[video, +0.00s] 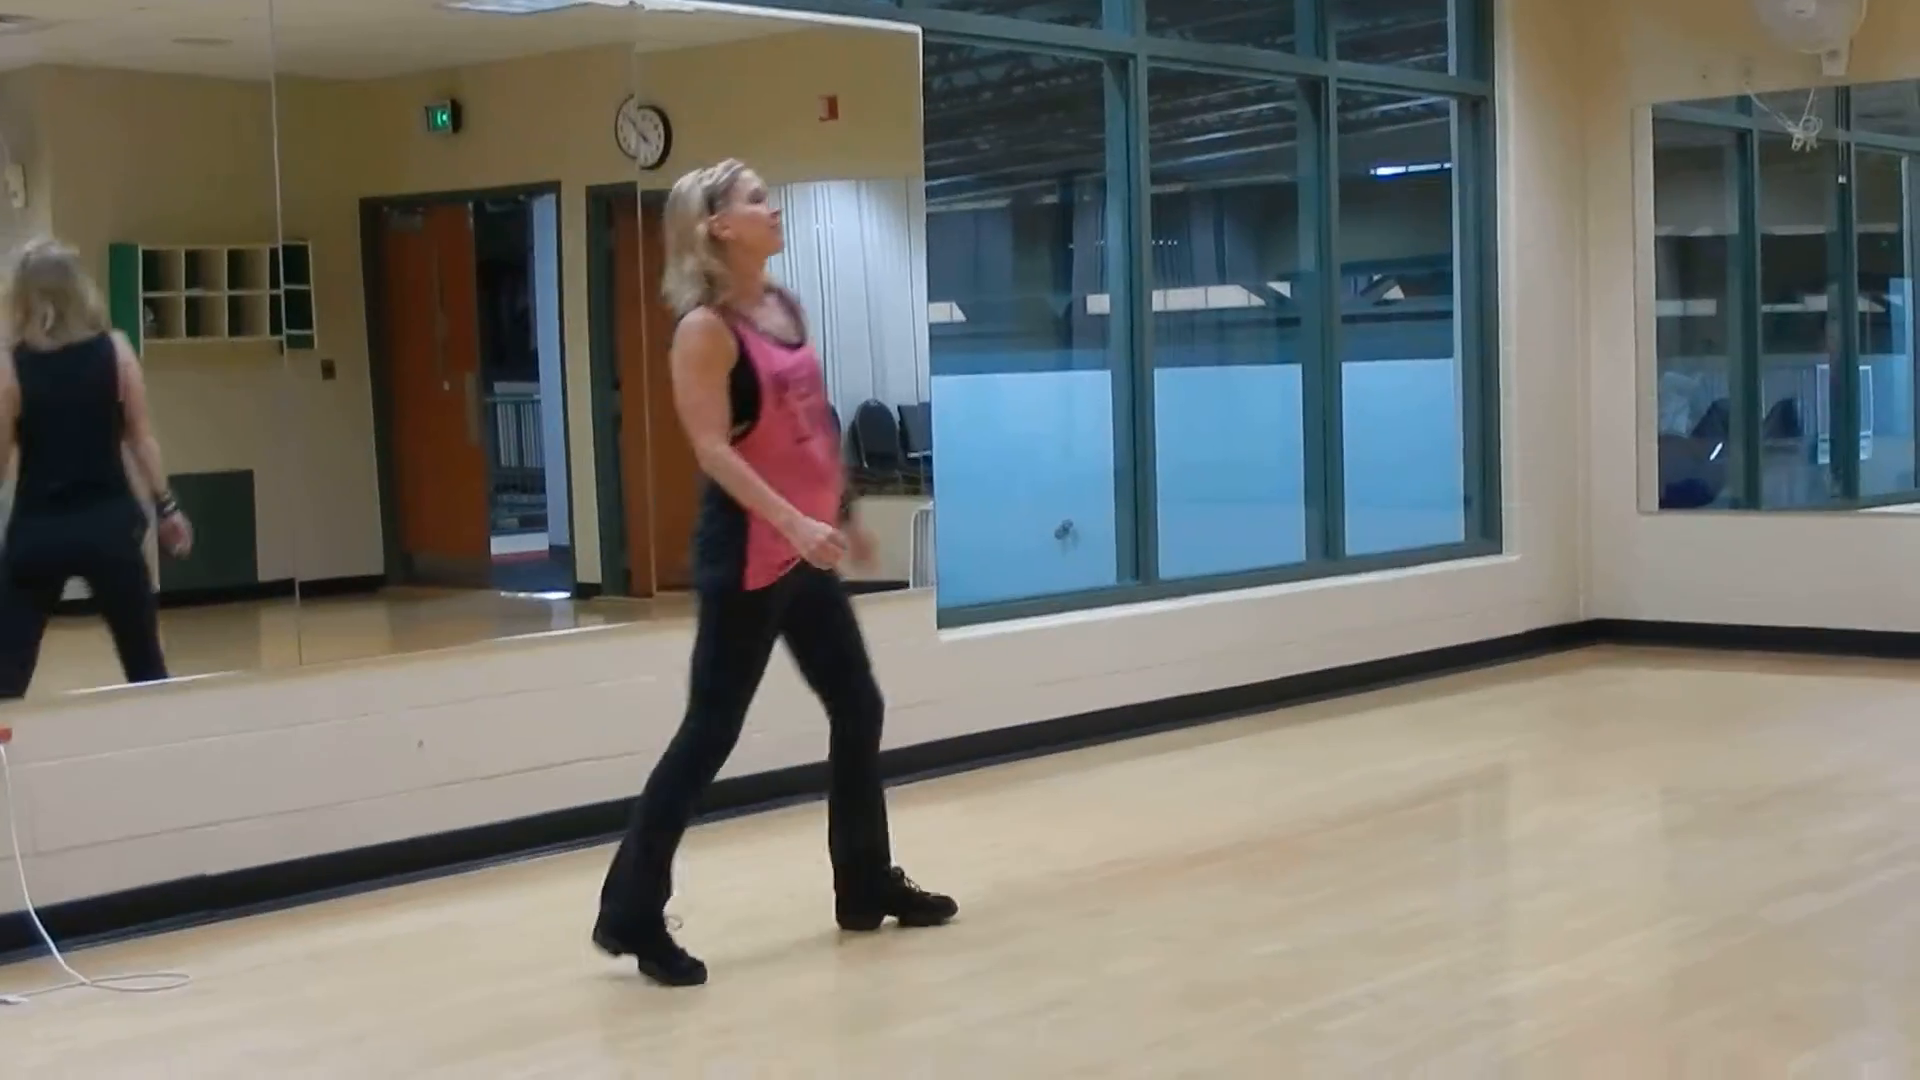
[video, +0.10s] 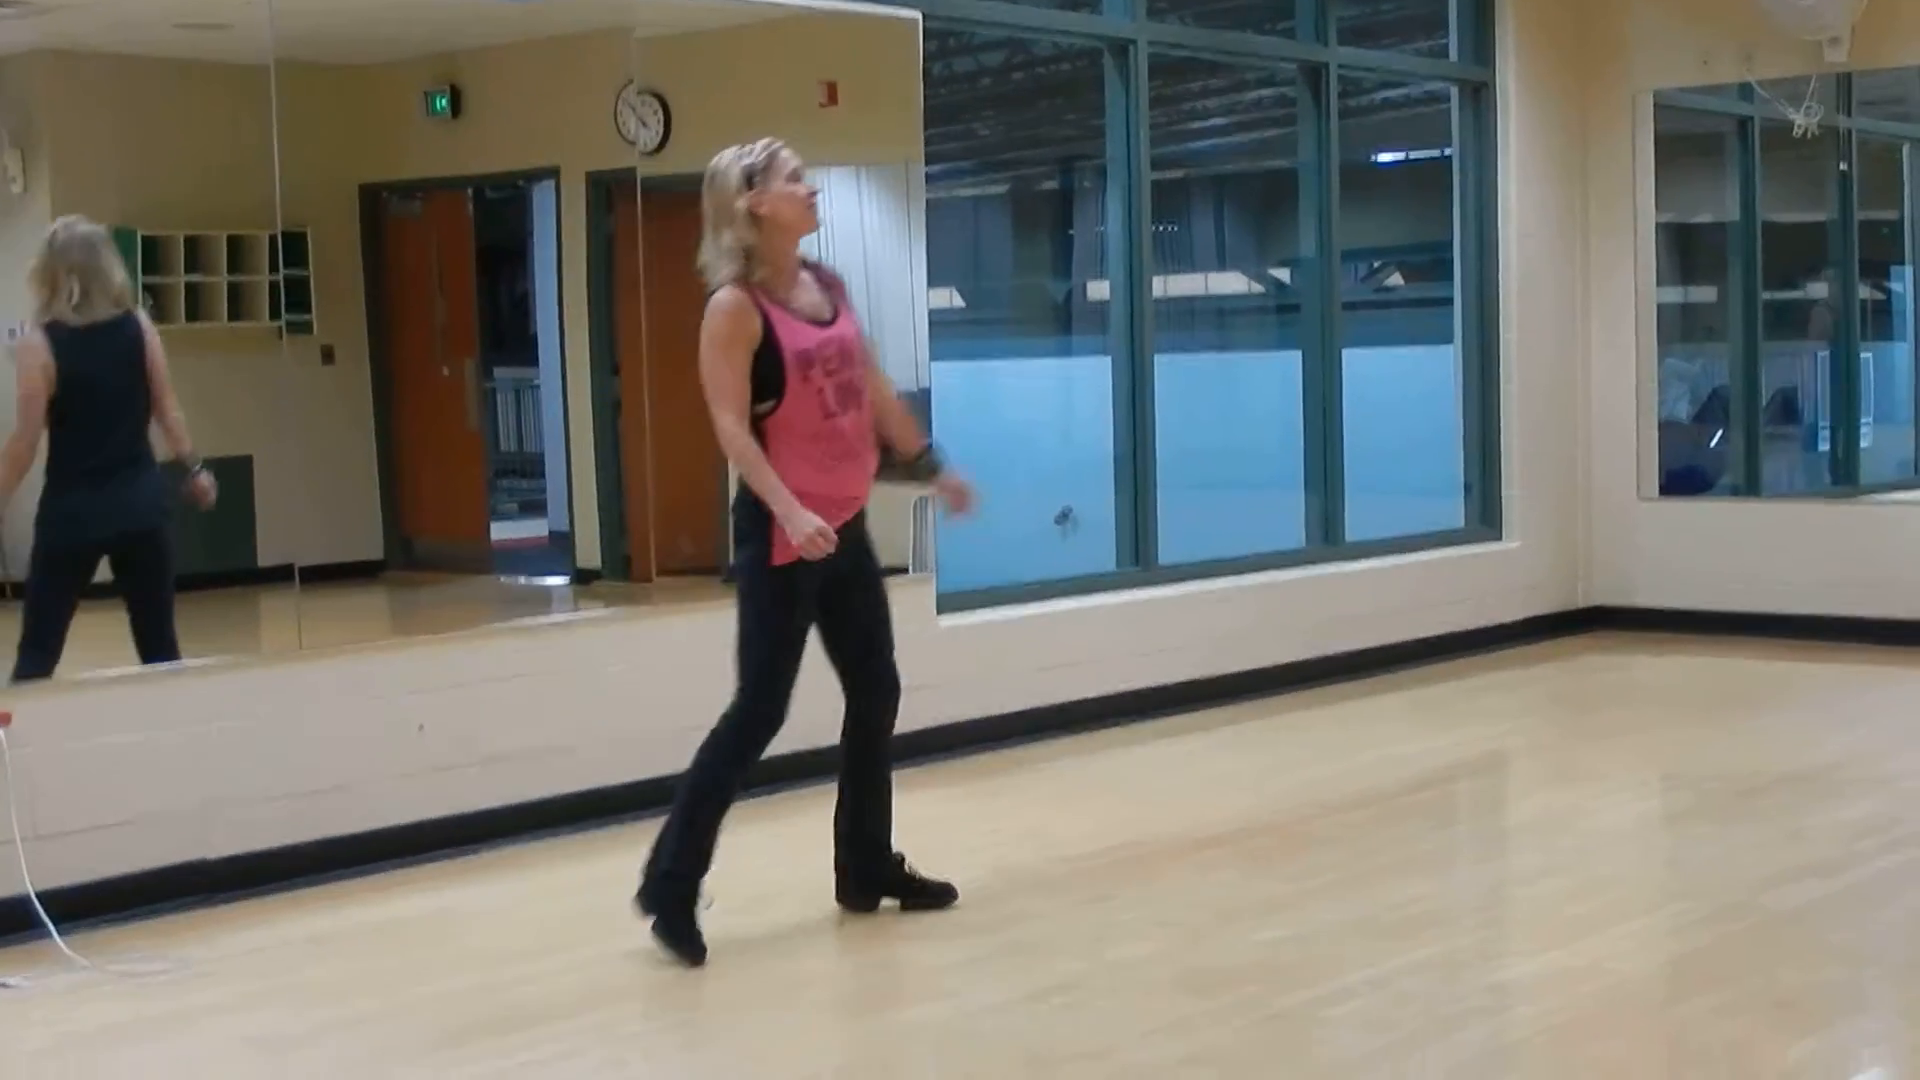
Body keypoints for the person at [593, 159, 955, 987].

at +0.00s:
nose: (772, 208)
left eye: (768, 198)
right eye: (754, 200)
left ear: (756, 226)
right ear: (713, 228)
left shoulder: (780, 306)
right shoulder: (702, 328)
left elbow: (800, 426)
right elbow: (711, 448)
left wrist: (837, 516)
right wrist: (793, 525)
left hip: (802, 546)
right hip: (745, 552)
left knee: (858, 710)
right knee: (707, 734)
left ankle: (865, 887)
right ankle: (628, 912)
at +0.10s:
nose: (810, 189)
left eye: (805, 178)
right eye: (791, 181)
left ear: (788, 205)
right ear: (751, 207)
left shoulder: (824, 284)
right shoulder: (732, 307)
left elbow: (870, 386)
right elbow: (730, 427)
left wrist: (927, 465)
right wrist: (789, 509)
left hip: (843, 523)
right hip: (777, 532)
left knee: (875, 693)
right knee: (759, 709)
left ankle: (866, 869)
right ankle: (670, 887)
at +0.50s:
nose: (906, 121)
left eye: (901, 109)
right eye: (890, 111)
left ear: (874, 131)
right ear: (846, 129)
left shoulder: (906, 222)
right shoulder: (806, 223)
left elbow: (950, 324)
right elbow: (759, 332)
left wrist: (1008, 259)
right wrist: (742, 438)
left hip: (904, 445)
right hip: (835, 453)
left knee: (897, 622)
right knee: (896, 621)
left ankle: (885, 785)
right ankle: (842, 779)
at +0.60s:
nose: (915, 106)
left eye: (912, 95)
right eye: (899, 96)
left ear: (885, 117)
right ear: (853, 113)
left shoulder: (918, 206)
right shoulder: (812, 210)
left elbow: (962, 303)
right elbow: (755, 316)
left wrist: (1012, 237)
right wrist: (728, 419)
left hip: (907, 430)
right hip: (837, 437)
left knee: (898, 603)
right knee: (889, 601)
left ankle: (889, 772)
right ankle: (844, 771)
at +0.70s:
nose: (922, 104)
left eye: (921, 94)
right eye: (907, 94)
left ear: (898, 114)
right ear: (858, 110)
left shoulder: (924, 203)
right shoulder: (814, 206)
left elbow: (971, 298)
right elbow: (759, 318)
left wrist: (1027, 238)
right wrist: (732, 418)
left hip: (905, 425)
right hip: (834, 431)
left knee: (910, 599)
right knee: (894, 599)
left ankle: (893, 770)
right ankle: (847, 767)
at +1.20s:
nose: (876, 121)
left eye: (881, 108)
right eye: (862, 107)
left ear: (879, 116)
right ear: (814, 112)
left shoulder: (890, 193)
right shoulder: (764, 199)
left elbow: (900, 297)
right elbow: (724, 314)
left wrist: (904, 373)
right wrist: (752, 300)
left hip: (881, 430)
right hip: (797, 440)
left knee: (894, 606)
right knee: (758, 620)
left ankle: (906, 760)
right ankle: (703, 803)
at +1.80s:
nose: (800, 125)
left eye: (805, 112)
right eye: (784, 111)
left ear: (805, 120)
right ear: (734, 118)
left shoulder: (806, 207)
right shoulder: (692, 216)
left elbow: (796, 322)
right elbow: (662, 345)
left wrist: (872, 305)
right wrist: (656, 452)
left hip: (789, 453)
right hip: (703, 465)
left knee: (803, 639)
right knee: (726, 648)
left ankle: (767, 807)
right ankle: (735, 828)